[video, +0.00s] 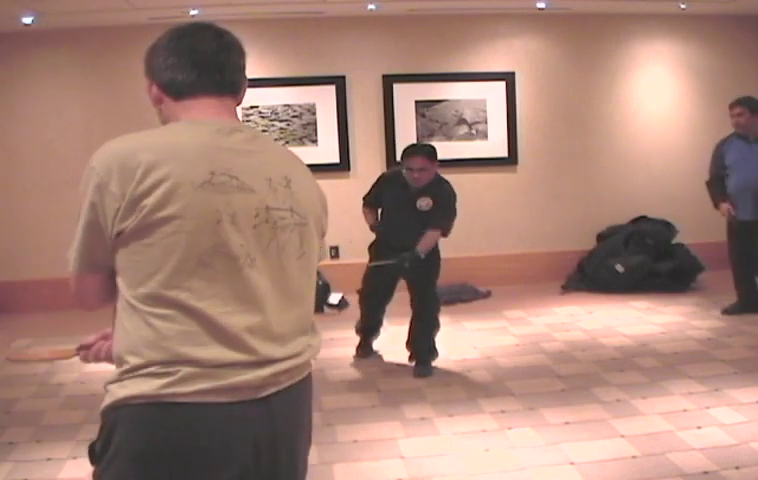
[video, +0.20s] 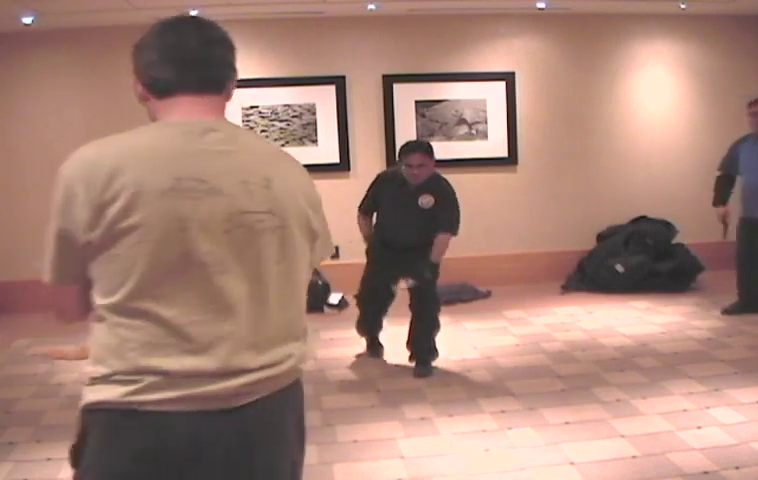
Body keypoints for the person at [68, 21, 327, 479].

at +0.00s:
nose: (147, 100)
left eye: (146, 90)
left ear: (156, 91)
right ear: (241, 90)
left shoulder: (123, 160)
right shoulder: (297, 172)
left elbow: (90, 292)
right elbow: (280, 297)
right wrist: (134, 338)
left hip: (165, 425)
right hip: (284, 418)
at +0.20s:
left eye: (133, 84)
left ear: (143, 90)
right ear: (231, 86)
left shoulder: (92, 168)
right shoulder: (286, 169)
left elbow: (69, 303)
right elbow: (301, 280)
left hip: (136, 436)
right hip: (266, 429)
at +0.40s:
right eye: (197, 78)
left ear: (99, 82)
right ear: (192, 83)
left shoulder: (26, 181)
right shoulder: (258, 179)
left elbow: (10, 335)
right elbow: (291, 330)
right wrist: (204, 332)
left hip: (78, 456)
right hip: (227, 449)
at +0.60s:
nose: (142, 89)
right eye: (142, 78)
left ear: (39, 78)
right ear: (133, 83)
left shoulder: (5, 164)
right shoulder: (186, 182)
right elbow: (263, 355)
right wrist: (220, 397)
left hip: (18, 462)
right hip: (163, 460)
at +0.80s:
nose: (108, 84)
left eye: (109, 68)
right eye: (110, 69)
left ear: (6, 59)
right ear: (95, 71)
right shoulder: (147, 175)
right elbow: (194, 360)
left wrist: (218, 419)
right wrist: (222, 422)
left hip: (12, 462)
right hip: (131, 458)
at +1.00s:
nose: (97, 82)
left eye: (98, 64)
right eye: (98, 64)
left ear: (7, 57)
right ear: (82, 67)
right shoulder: (128, 173)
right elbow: (162, 358)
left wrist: (197, 428)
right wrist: (201, 427)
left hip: (8, 462)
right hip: (116, 461)